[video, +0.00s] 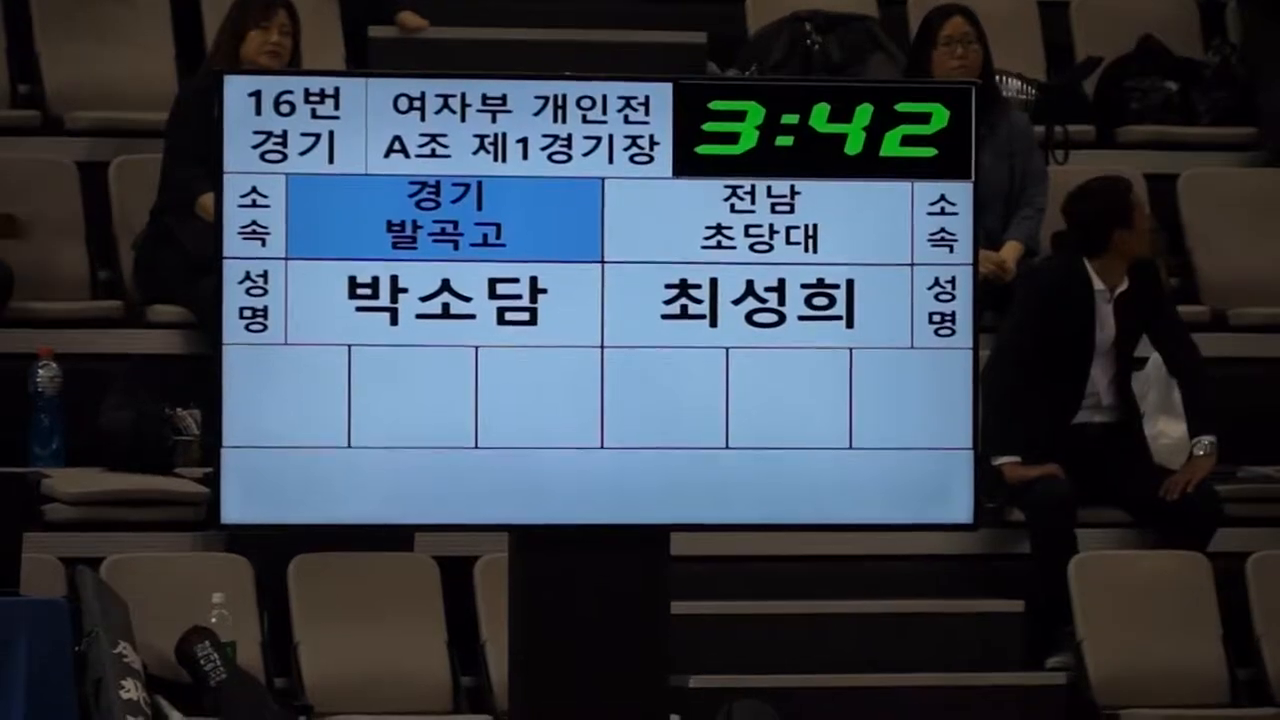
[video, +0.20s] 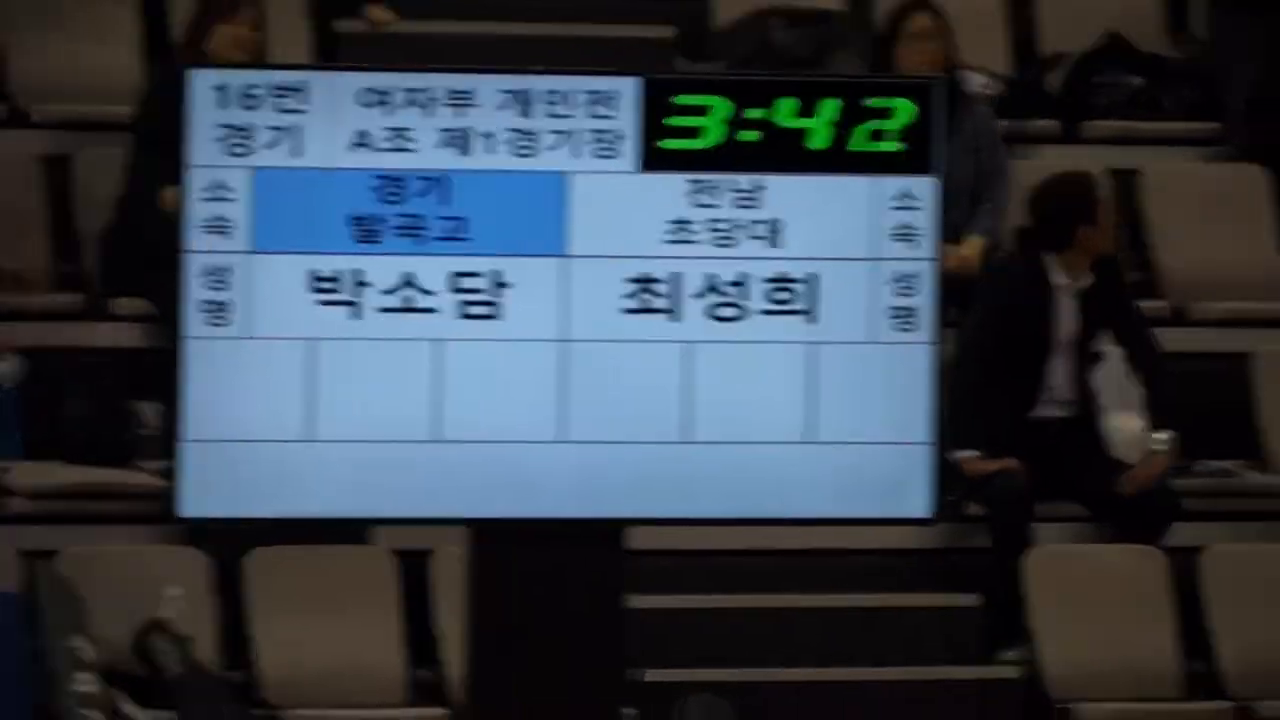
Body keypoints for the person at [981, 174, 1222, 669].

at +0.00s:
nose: (1150, 226)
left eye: (1146, 217)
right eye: (1140, 219)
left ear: (1118, 234)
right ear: (1115, 233)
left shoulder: (1141, 282)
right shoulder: (1045, 283)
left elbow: (1186, 361)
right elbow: (1003, 372)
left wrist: (1203, 446)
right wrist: (1008, 462)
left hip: (1114, 445)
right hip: (1044, 448)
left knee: (1193, 508)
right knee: (1052, 502)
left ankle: (1158, 638)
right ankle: (1054, 642)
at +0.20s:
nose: (1108, 232)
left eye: (1105, 222)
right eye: (1100, 223)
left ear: (1081, 232)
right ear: (1078, 230)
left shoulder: (1103, 279)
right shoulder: (1008, 277)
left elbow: (1148, 358)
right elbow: (973, 363)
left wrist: (1162, 441)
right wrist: (968, 450)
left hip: (1077, 437)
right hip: (1009, 438)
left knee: (1143, 504)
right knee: (1009, 500)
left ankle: (1122, 631)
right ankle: (1007, 633)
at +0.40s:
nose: (903, 222)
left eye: (900, 212)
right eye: (894, 213)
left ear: (876, 223)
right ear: (870, 222)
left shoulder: (897, 272)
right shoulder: (802, 271)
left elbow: (940, 350)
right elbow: (765, 357)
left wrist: (955, 431)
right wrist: (762, 443)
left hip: (873, 428)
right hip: (804, 429)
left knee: (938, 497)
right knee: (804, 492)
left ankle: (928, 627)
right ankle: (803, 625)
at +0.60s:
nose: (740, 225)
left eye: (736, 215)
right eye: (732, 216)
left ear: (712, 229)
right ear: (710, 228)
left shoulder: (733, 280)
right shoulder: (642, 276)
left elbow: (773, 355)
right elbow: (606, 357)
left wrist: (784, 428)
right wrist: (603, 438)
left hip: (709, 425)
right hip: (644, 424)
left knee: (766, 489)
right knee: (643, 489)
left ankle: (761, 613)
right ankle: (640, 614)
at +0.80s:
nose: (561, 234)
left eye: (559, 224)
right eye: (554, 225)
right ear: (535, 234)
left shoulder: (556, 285)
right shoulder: (474, 281)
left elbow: (589, 354)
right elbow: (445, 354)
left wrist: (602, 420)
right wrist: (439, 428)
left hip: (536, 416)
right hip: (477, 417)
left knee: (585, 476)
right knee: (471, 478)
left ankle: (575, 589)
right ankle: (470, 589)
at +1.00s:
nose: (385, 248)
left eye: (383, 239)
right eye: (378, 239)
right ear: (362, 245)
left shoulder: (382, 293)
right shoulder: (311, 287)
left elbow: (411, 352)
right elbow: (283, 353)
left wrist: (425, 411)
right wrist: (278, 420)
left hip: (363, 410)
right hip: (311, 409)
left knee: (409, 464)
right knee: (306, 463)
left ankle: (402, 566)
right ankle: (304, 563)